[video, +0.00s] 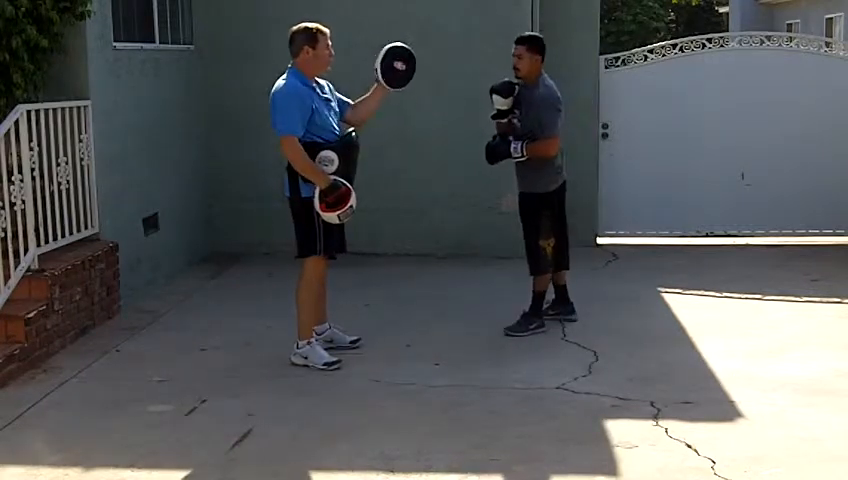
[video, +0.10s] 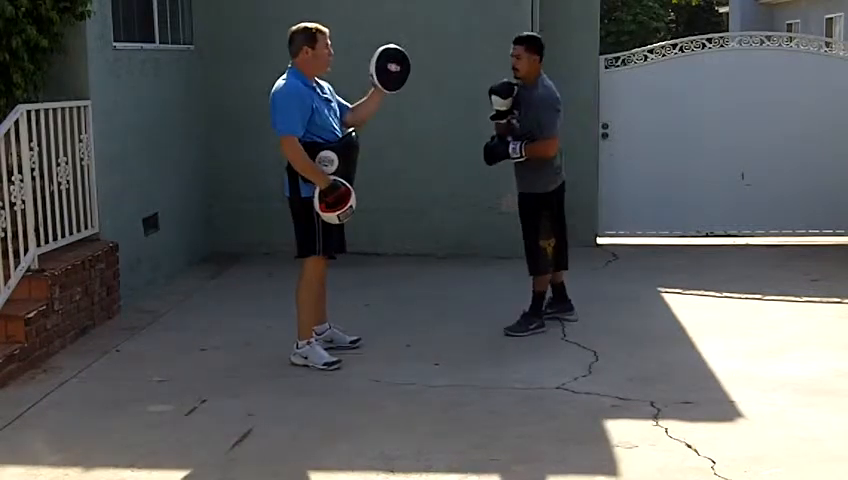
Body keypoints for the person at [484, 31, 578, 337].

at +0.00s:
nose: (514, 62)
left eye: (520, 57)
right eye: (514, 56)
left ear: (537, 60)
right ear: (524, 60)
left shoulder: (546, 95)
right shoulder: (523, 91)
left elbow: (550, 146)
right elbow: (509, 133)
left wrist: (514, 149)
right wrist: (501, 112)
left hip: (544, 185)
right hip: (537, 183)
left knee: (539, 248)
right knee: (554, 242)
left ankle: (535, 312)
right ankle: (562, 302)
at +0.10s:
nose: (513, 63)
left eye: (518, 57)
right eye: (512, 57)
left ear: (535, 60)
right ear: (523, 60)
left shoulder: (546, 96)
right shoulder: (523, 92)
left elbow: (549, 147)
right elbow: (507, 134)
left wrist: (513, 150)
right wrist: (500, 112)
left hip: (543, 185)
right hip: (534, 183)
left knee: (538, 247)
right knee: (550, 242)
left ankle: (535, 312)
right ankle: (560, 300)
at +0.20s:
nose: (511, 62)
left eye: (517, 57)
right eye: (511, 56)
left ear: (534, 59)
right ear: (518, 59)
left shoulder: (544, 94)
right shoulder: (521, 91)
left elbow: (549, 145)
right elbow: (507, 133)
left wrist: (514, 148)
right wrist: (500, 111)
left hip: (543, 184)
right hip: (530, 182)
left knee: (537, 246)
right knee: (542, 243)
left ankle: (536, 312)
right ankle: (553, 300)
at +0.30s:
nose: (512, 60)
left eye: (518, 56)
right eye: (512, 55)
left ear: (536, 59)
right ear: (515, 58)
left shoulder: (544, 93)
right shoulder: (520, 89)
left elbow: (549, 143)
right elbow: (504, 133)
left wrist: (512, 146)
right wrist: (500, 107)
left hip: (542, 184)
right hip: (526, 182)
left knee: (537, 247)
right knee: (535, 245)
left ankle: (536, 313)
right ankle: (548, 303)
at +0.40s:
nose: (513, 60)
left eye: (519, 55)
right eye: (513, 55)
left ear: (536, 59)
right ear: (516, 58)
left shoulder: (545, 92)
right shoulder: (520, 88)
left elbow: (549, 142)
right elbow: (505, 130)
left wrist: (513, 145)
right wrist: (501, 106)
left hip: (540, 183)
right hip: (524, 181)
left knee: (537, 247)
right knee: (534, 244)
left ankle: (536, 314)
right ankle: (548, 302)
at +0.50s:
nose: (513, 60)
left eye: (519, 55)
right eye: (513, 55)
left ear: (536, 58)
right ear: (520, 58)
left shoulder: (545, 92)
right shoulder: (520, 89)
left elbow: (549, 141)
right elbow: (504, 131)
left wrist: (513, 143)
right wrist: (500, 106)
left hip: (539, 184)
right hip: (523, 182)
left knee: (535, 246)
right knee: (536, 244)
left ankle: (535, 313)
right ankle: (548, 303)